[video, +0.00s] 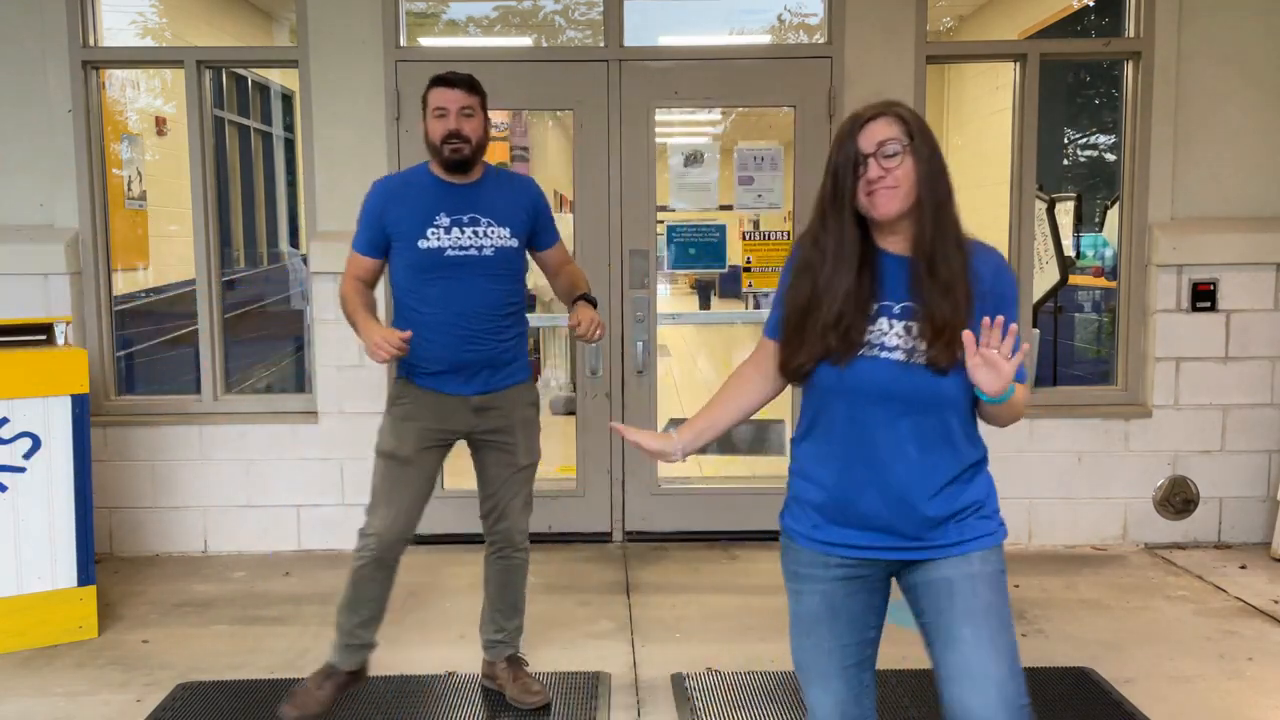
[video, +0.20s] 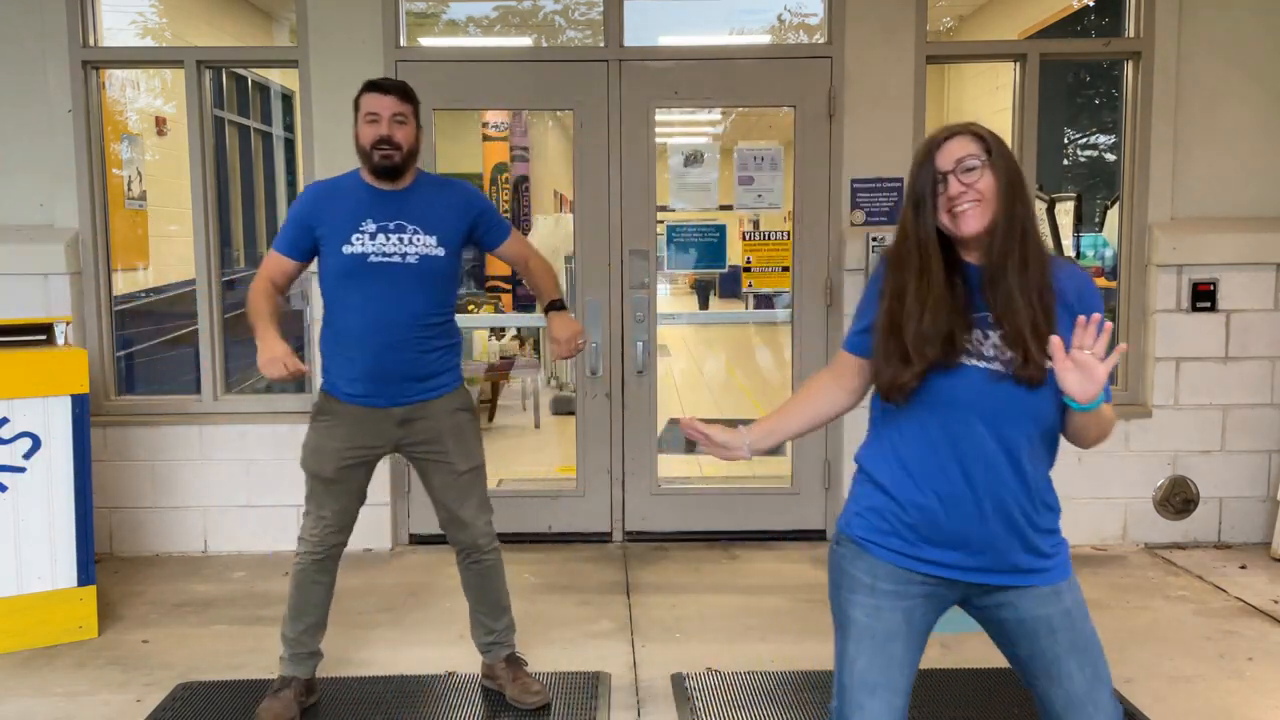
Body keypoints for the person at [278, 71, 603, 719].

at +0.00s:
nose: (455, 125)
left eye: (467, 114)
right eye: (442, 115)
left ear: (486, 123)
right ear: (423, 127)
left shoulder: (521, 196)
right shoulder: (390, 197)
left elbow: (561, 269)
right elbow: (354, 283)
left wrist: (581, 303)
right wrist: (369, 328)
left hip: (506, 395)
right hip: (421, 395)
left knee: (510, 535)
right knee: (381, 537)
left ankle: (503, 659)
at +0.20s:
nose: (385, 131)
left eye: (398, 121)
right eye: (373, 120)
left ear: (418, 133)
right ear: (354, 132)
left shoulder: (459, 202)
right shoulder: (320, 203)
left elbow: (528, 258)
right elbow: (265, 286)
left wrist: (557, 312)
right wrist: (269, 339)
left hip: (438, 404)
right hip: (348, 408)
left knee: (477, 539)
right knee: (318, 545)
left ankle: (502, 660)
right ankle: (295, 676)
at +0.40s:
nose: (324, 132)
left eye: (337, 121)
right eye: (311, 121)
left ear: (356, 133)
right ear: (293, 134)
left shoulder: (400, 205)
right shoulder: (263, 210)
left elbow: (419, 292)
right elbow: (228, 298)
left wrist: (418, 331)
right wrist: (256, 355)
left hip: (391, 404)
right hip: (300, 410)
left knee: (441, 534)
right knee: (284, 552)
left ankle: (474, 652)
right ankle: (293, 676)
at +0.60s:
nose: (288, 129)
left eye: (299, 117)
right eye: (273, 119)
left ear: (318, 128)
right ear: (253, 133)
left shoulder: (365, 191)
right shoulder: (230, 214)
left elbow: (406, 269)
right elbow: (214, 302)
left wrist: (403, 283)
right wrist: (219, 307)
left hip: (372, 396)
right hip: (284, 405)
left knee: (404, 524)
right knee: (278, 547)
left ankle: (390, 659)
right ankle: (292, 675)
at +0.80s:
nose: (277, 129)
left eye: (288, 118)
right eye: (262, 119)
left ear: (307, 127)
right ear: (242, 134)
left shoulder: (357, 187)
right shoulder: (220, 215)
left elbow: (405, 263)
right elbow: (202, 308)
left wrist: (431, 271)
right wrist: (177, 304)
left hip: (364, 396)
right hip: (280, 404)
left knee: (362, 546)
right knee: (281, 551)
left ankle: (360, 688)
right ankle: (294, 676)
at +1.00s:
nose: (289, 130)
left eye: (299, 119)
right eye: (273, 120)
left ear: (316, 130)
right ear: (250, 135)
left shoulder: (361, 187)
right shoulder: (224, 211)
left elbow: (388, 252)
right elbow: (216, 290)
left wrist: (393, 275)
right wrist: (240, 317)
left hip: (367, 393)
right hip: (283, 404)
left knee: (390, 533)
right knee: (279, 549)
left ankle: (376, 679)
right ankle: (293, 676)